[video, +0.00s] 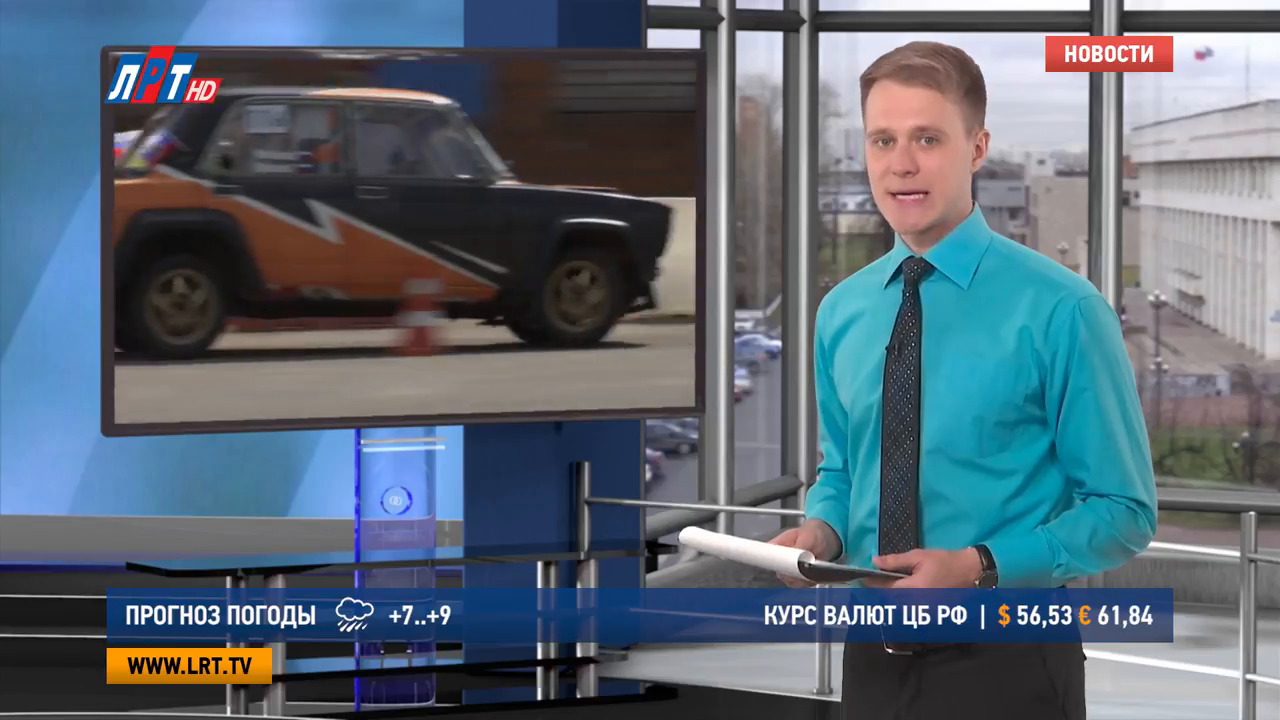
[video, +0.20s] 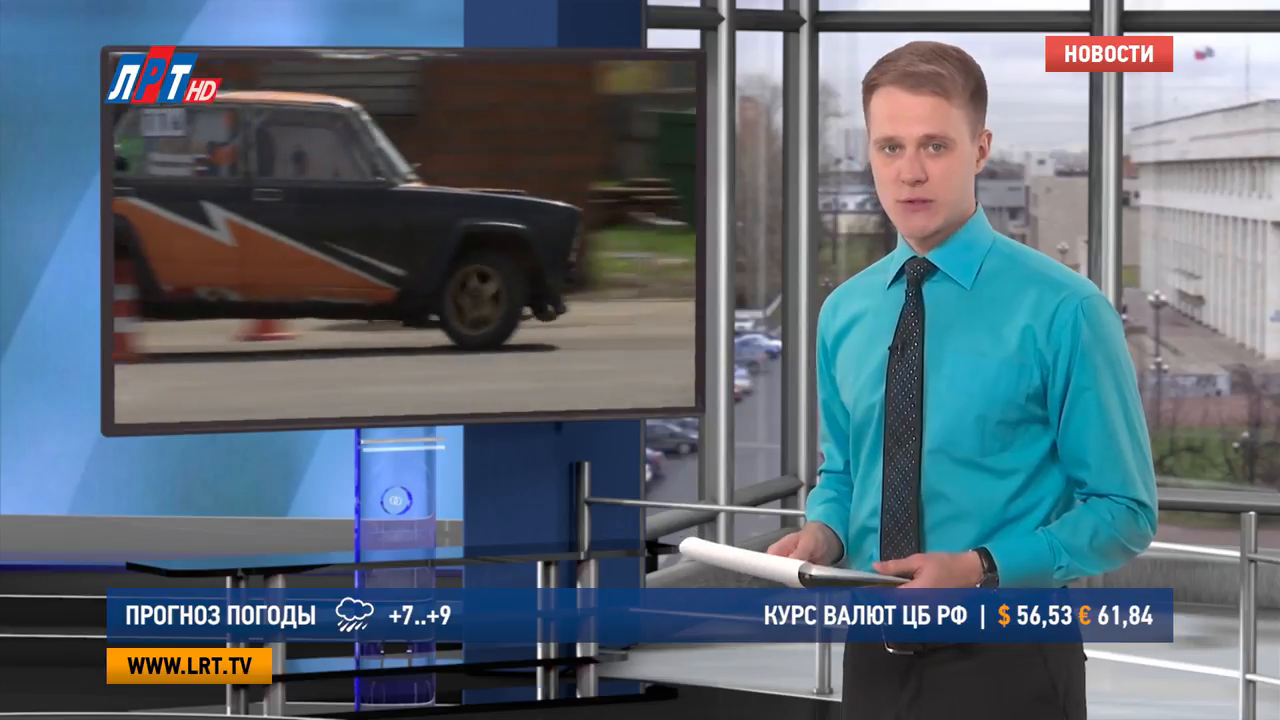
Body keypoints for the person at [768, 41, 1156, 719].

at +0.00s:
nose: (902, 163)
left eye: (928, 139)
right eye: (883, 140)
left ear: (977, 148)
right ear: (865, 152)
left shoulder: (1060, 308)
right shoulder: (841, 311)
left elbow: (1125, 508)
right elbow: (839, 472)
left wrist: (980, 565)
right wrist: (818, 532)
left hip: (1006, 662)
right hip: (874, 661)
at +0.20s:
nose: (910, 171)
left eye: (935, 145)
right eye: (889, 147)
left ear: (981, 150)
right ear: (869, 156)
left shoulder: (1064, 309)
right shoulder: (844, 311)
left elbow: (1125, 509)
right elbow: (840, 474)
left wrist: (983, 567)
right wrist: (819, 535)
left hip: (1007, 660)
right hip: (875, 658)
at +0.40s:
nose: (917, 167)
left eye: (942, 142)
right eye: (898, 142)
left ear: (985, 150)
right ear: (874, 151)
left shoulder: (1067, 309)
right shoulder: (846, 311)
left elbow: (1127, 509)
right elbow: (842, 473)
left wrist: (986, 568)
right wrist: (821, 534)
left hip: (1009, 659)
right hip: (876, 656)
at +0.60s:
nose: (925, 163)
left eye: (951, 140)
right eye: (906, 139)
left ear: (992, 150)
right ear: (879, 149)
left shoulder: (1070, 310)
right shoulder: (848, 310)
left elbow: (1128, 510)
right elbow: (843, 470)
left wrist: (986, 566)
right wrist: (820, 530)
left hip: (1009, 658)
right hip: (876, 654)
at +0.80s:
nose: (929, 164)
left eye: (954, 141)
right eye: (909, 140)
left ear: (995, 151)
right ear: (883, 149)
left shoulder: (1073, 311)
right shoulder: (849, 310)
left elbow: (1129, 510)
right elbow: (844, 471)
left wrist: (988, 566)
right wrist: (818, 534)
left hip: (1009, 659)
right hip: (876, 654)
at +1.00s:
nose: (917, 162)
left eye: (945, 139)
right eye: (902, 138)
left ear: (995, 149)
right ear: (884, 147)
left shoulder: (1074, 312)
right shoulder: (850, 309)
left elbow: (1131, 511)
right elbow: (843, 470)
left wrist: (992, 568)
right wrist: (822, 533)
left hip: (1011, 658)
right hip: (877, 652)